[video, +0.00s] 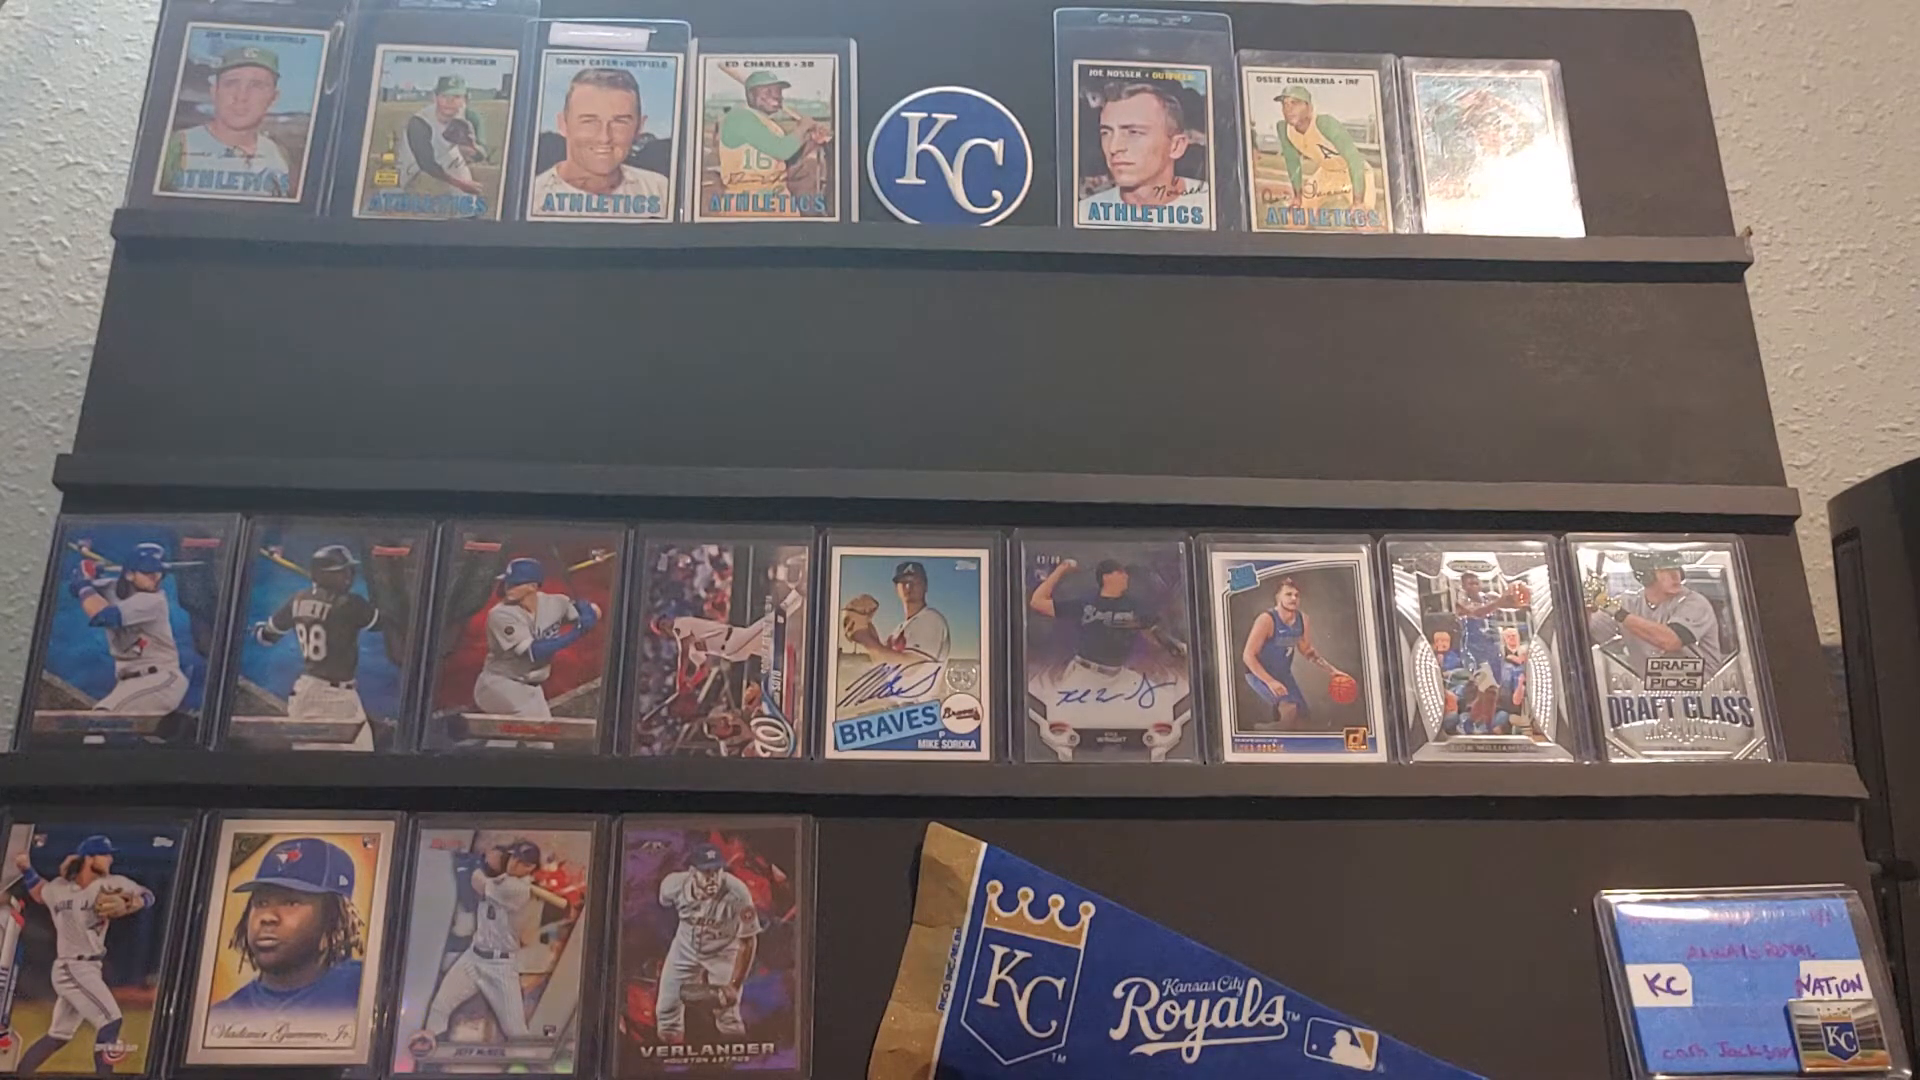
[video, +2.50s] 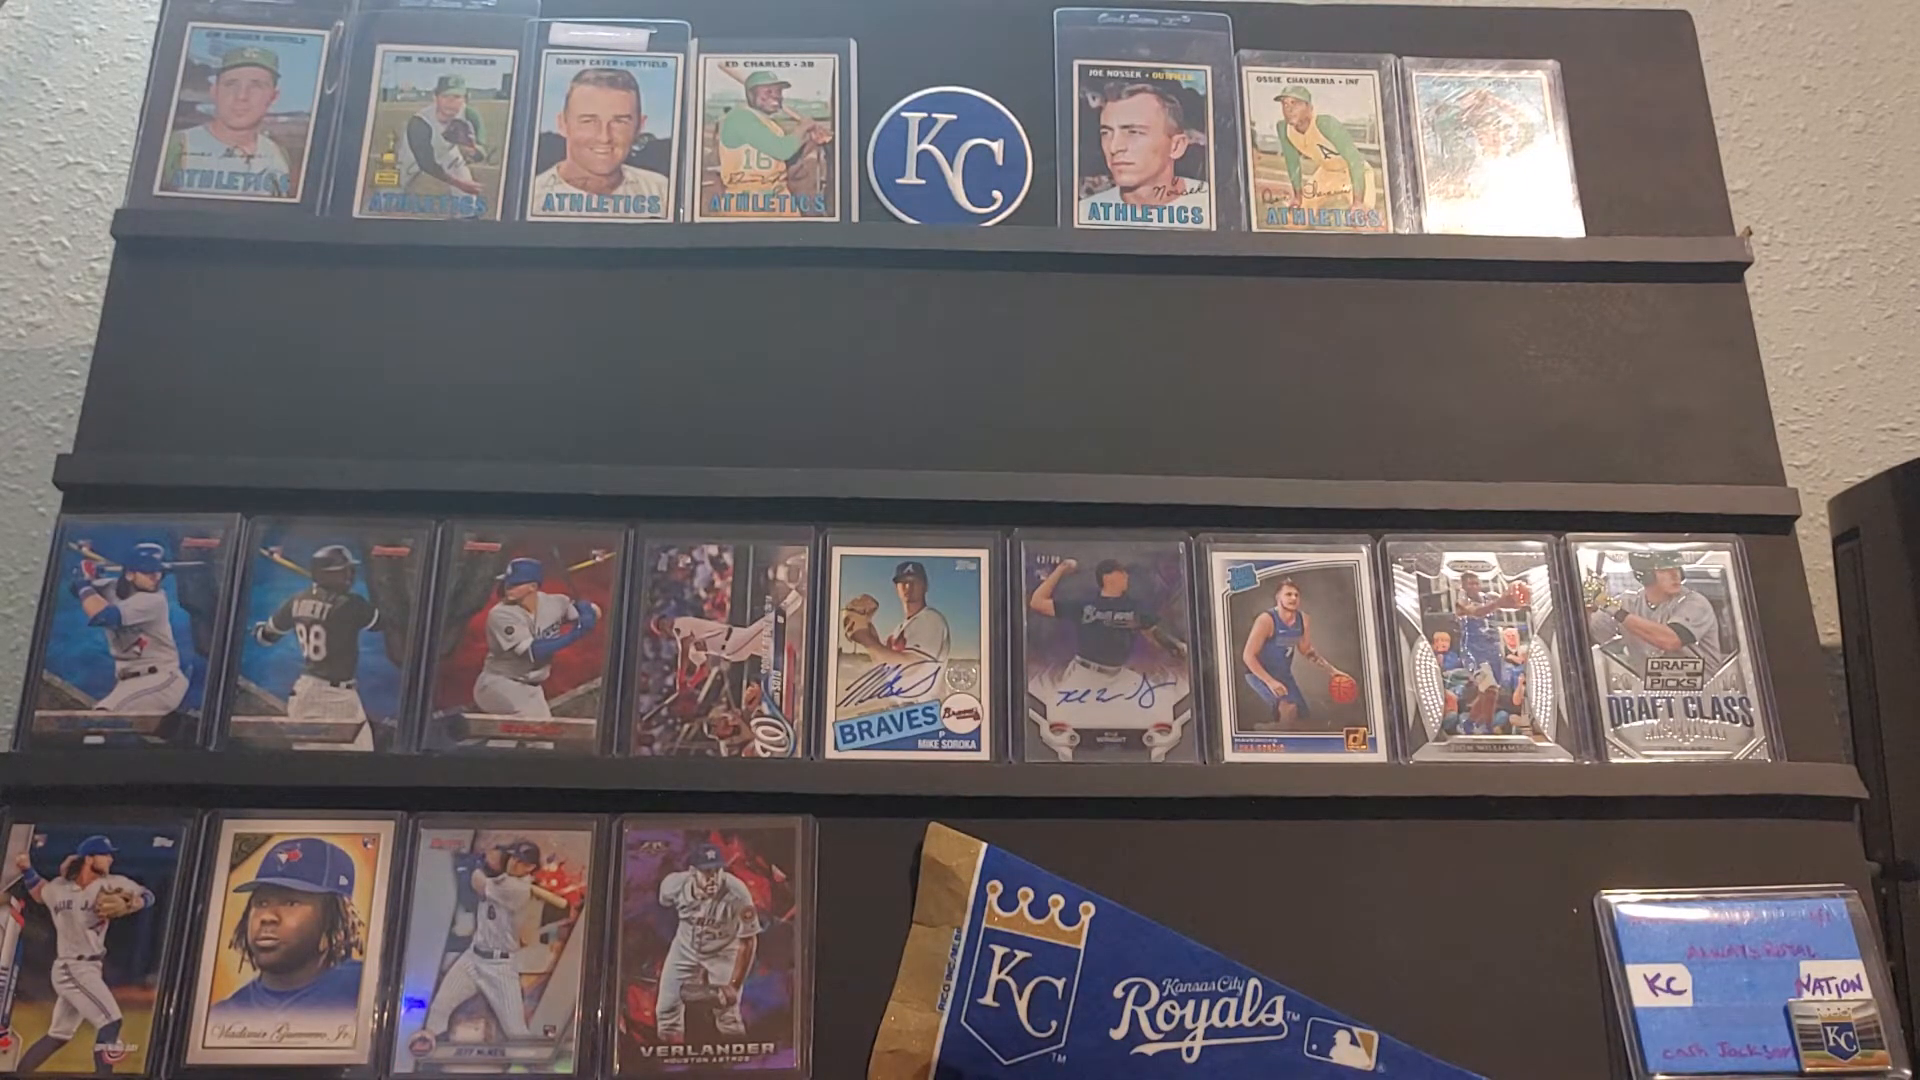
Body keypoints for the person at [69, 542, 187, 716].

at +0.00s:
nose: (155, 577)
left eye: (158, 572)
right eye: (147, 572)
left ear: (162, 573)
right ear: (130, 574)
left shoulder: (154, 600)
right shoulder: (114, 587)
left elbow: (105, 617)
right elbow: (79, 588)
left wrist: (83, 586)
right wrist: (87, 573)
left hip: (162, 679)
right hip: (129, 682)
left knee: (101, 716)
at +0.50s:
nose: (157, 577)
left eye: (159, 572)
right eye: (149, 572)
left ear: (162, 573)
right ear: (130, 574)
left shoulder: (154, 600)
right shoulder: (113, 587)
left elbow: (104, 617)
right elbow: (79, 588)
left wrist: (82, 586)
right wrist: (85, 574)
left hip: (163, 679)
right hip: (130, 682)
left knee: (100, 717)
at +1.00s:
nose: (156, 577)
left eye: (159, 572)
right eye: (149, 572)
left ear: (162, 573)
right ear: (130, 574)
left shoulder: (155, 600)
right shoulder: (113, 587)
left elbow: (104, 617)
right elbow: (78, 589)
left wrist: (83, 586)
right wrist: (86, 573)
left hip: (163, 679)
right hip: (130, 682)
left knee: (100, 718)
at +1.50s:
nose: (157, 577)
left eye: (158, 572)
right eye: (149, 572)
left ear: (162, 573)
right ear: (130, 575)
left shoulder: (154, 600)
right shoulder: (113, 587)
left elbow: (105, 617)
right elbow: (79, 588)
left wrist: (83, 586)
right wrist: (87, 574)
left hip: (163, 679)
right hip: (130, 682)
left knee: (100, 717)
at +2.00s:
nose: (156, 577)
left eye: (159, 572)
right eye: (148, 572)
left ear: (162, 572)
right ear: (130, 574)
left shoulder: (154, 600)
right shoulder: (113, 588)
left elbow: (104, 617)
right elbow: (79, 588)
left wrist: (82, 585)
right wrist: (88, 573)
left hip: (163, 679)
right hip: (129, 682)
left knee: (100, 717)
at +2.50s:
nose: (156, 576)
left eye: (158, 571)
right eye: (148, 571)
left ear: (162, 572)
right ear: (130, 574)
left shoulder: (154, 600)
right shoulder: (113, 587)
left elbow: (104, 617)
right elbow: (79, 588)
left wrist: (82, 585)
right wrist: (88, 574)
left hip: (163, 679)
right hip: (129, 682)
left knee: (100, 717)